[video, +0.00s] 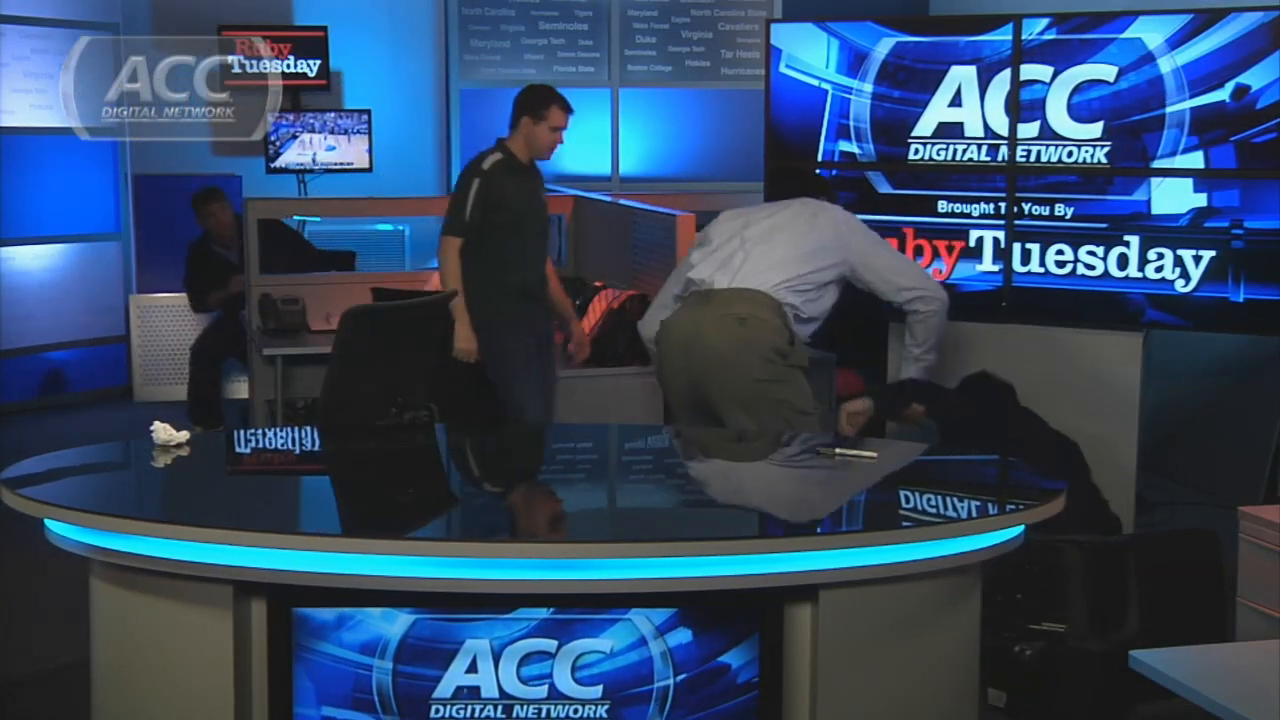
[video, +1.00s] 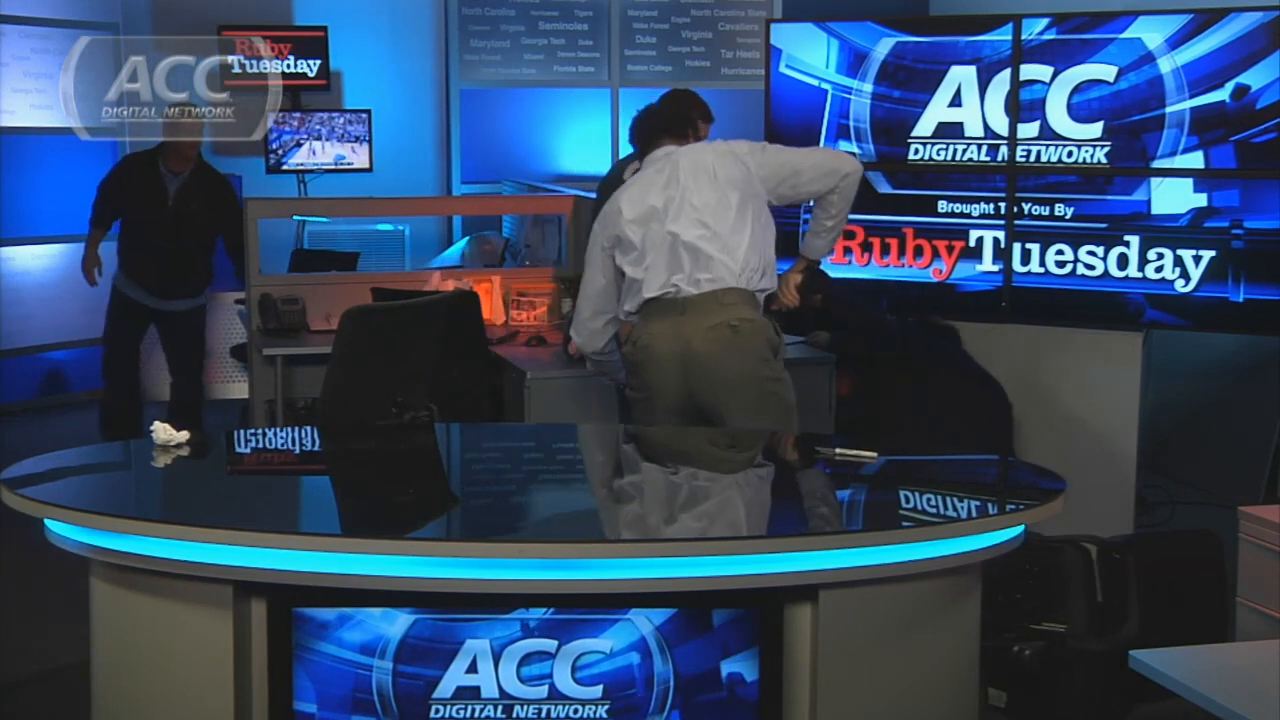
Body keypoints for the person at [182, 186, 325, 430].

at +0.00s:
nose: (217, 220)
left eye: (220, 212)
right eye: (209, 216)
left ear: (230, 208)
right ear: (201, 221)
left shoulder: (266, 229)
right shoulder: (200, 250)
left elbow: (311, 260)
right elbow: (199, 303)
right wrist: (231, 291)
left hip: (281, 314)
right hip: (235, 319)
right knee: (203, 352)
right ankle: (207, 425)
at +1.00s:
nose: (189, 142)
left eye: (194, 134)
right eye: (181, 133)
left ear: (201, 137)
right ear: (166, 134)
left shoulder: (215, 185)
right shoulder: (133, 169)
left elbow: (239, 243)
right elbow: (106, 207)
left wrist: (256, 286)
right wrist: (91, 249)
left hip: (186, 298)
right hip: (132, 292)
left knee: (188, 379)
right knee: (118, 370)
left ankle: (187, 454)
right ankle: (120, 448)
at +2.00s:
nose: (186, 130)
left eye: (189, 122)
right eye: (176, 122)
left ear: (198, 130)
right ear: (158, 129)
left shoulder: (219, 186)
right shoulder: (124, 179)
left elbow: (237, 243)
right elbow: (94, 233)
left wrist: (239, 288)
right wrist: (87, 286)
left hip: (190, 322)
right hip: (130, 317)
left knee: (188, 414)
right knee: (121, 410)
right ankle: (120, 487)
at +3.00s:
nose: (281, 135)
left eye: (281, 126)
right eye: (271, 128)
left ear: (281, 130)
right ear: (245, 135)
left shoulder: (296, 188)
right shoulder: (212, 191)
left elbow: (311, 253)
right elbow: (207, 265)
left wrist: (325, 304)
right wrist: (251, 298)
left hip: (290, 340)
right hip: (234, 340)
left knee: (289, 439)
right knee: (244, 439)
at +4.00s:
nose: (442, 145)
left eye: (444, 135)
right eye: (432, 136)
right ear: (402, 140)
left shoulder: (445, 199)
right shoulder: (365, 203)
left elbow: (454, 272)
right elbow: (354, 282)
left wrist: (472, 330)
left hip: (444, 348)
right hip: (392, 350)